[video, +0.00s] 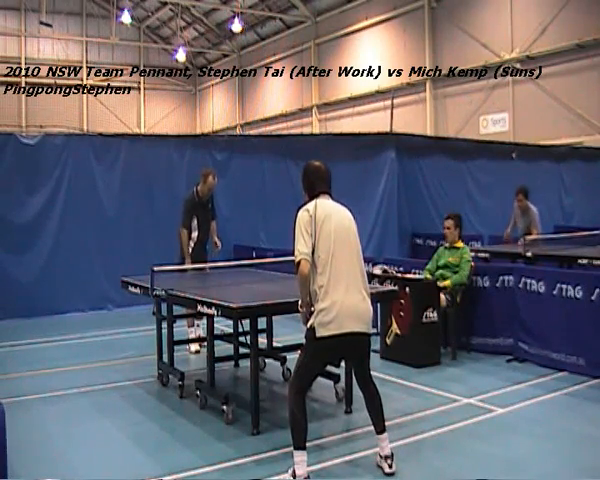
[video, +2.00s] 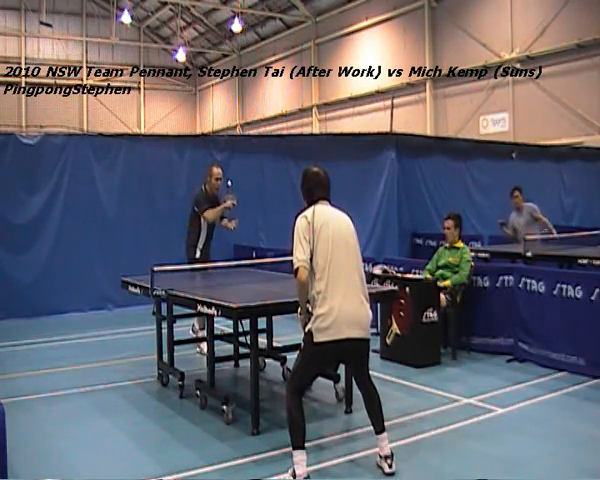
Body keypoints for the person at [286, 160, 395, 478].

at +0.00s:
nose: (302, 189)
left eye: (303, 184)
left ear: (306, 186)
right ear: (330, 185)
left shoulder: (307, 213)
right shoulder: (346, 213)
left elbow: (303, 266)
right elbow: (356, 264)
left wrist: (304, 301)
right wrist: (324, 298)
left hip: (329, 321)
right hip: (361, 318)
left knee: (297, 389)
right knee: (365, 378)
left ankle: (300, 467)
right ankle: (386, 451)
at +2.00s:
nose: (302, 195)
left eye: (302, 190)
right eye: (308, 189)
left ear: (304, 192)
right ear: (328, 191)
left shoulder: (305, 220)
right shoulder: (346, 219)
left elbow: (302, 272)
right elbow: (355, 268)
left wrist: (303, 307)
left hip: (327, 326)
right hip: (360, 323)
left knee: (294, 390)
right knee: (363, 379)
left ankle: (299, 466)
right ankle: (385, 451)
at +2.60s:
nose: (310, 193)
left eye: (310, 188)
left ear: (310, 191)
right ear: (335, 189)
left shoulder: (314, 223)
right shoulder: (351, 217)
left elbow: (301, 279)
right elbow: (364, 264)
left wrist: (301, 320)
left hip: (347, 326)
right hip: (378, 320)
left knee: (315, 392)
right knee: (370, 372)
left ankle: (325, 467)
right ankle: (389, 442)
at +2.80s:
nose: (331, 189)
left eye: (331, 184)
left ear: (332, 188)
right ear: (356, 186)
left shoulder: (334, 219)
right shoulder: (371, 216)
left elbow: (315, 270)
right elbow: (384, 267)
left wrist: (301, 304)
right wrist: (384, 300)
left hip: (359, 322)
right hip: (387, 317)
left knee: (330, 390)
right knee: (382, 373)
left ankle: (328, 465)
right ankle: (396, 437)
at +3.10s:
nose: (374, 166)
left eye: (370, 161)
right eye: (385, 161)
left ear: (368, 163)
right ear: (391, 164)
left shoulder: (362, 189)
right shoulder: (404, 196)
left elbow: (348, 237)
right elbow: (418, 250)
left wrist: (348, 282)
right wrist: (405, 279)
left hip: (370, 290)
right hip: (399, 291)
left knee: (355, 362)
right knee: (391, 360)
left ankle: (361, 432)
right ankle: (396, 433)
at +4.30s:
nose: (340, 154)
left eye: (340, 149)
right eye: (345, 147)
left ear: (345, 150)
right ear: (369, 150)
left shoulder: (343, 182)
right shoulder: (385, 189)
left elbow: (336, 233)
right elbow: (396, 245)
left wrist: (340, 273)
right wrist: (377, 269)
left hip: (354, 297)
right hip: (385, 298)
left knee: (325, 365)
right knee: (382, 370)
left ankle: (319, 445)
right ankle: (387, 444)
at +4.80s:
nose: (294, 174)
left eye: (294, 168)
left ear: (295, 171)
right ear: (321, 171)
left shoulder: (295, 200)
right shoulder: (338, 204)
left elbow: (288, 248)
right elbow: (348, 258)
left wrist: (298, 292)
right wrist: (341, 291)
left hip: (315, 318)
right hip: (348, 316)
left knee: (290, 389)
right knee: (359, 379)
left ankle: (297, 468)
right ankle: (380, 450)